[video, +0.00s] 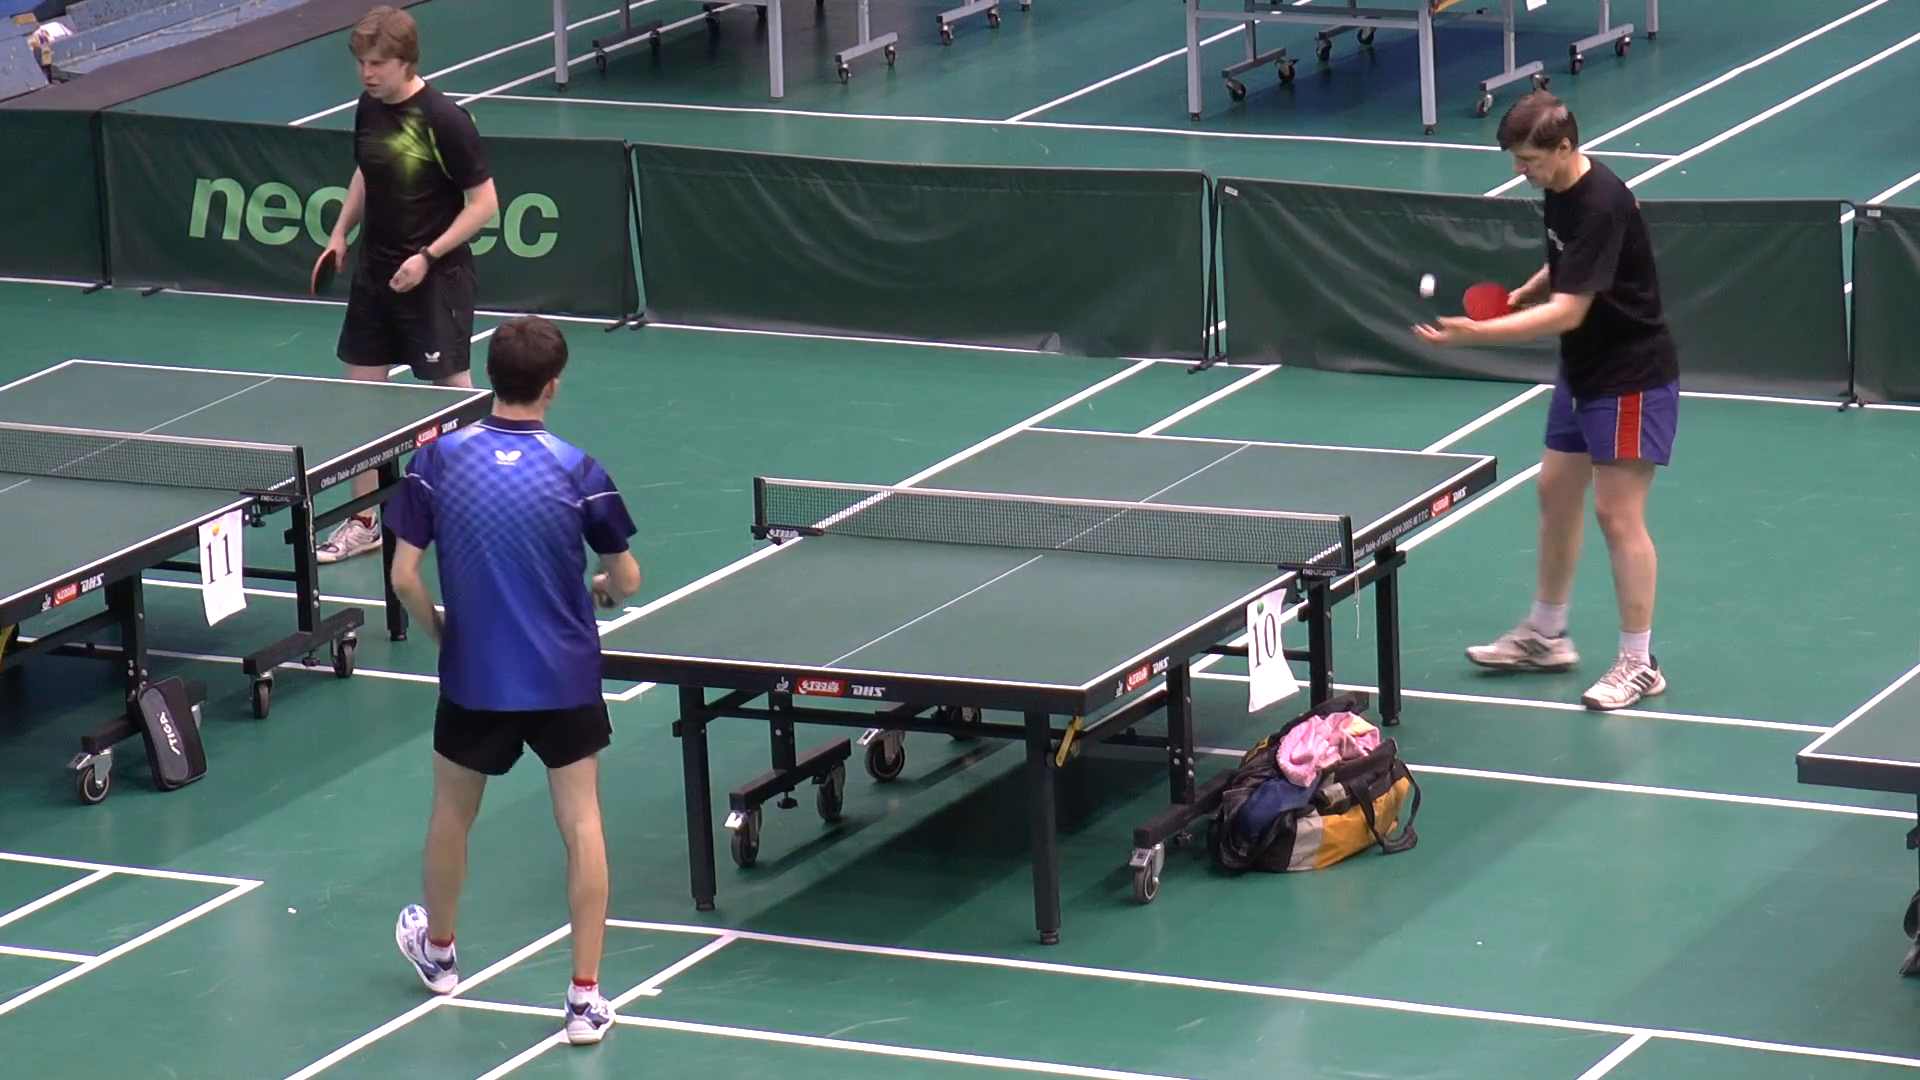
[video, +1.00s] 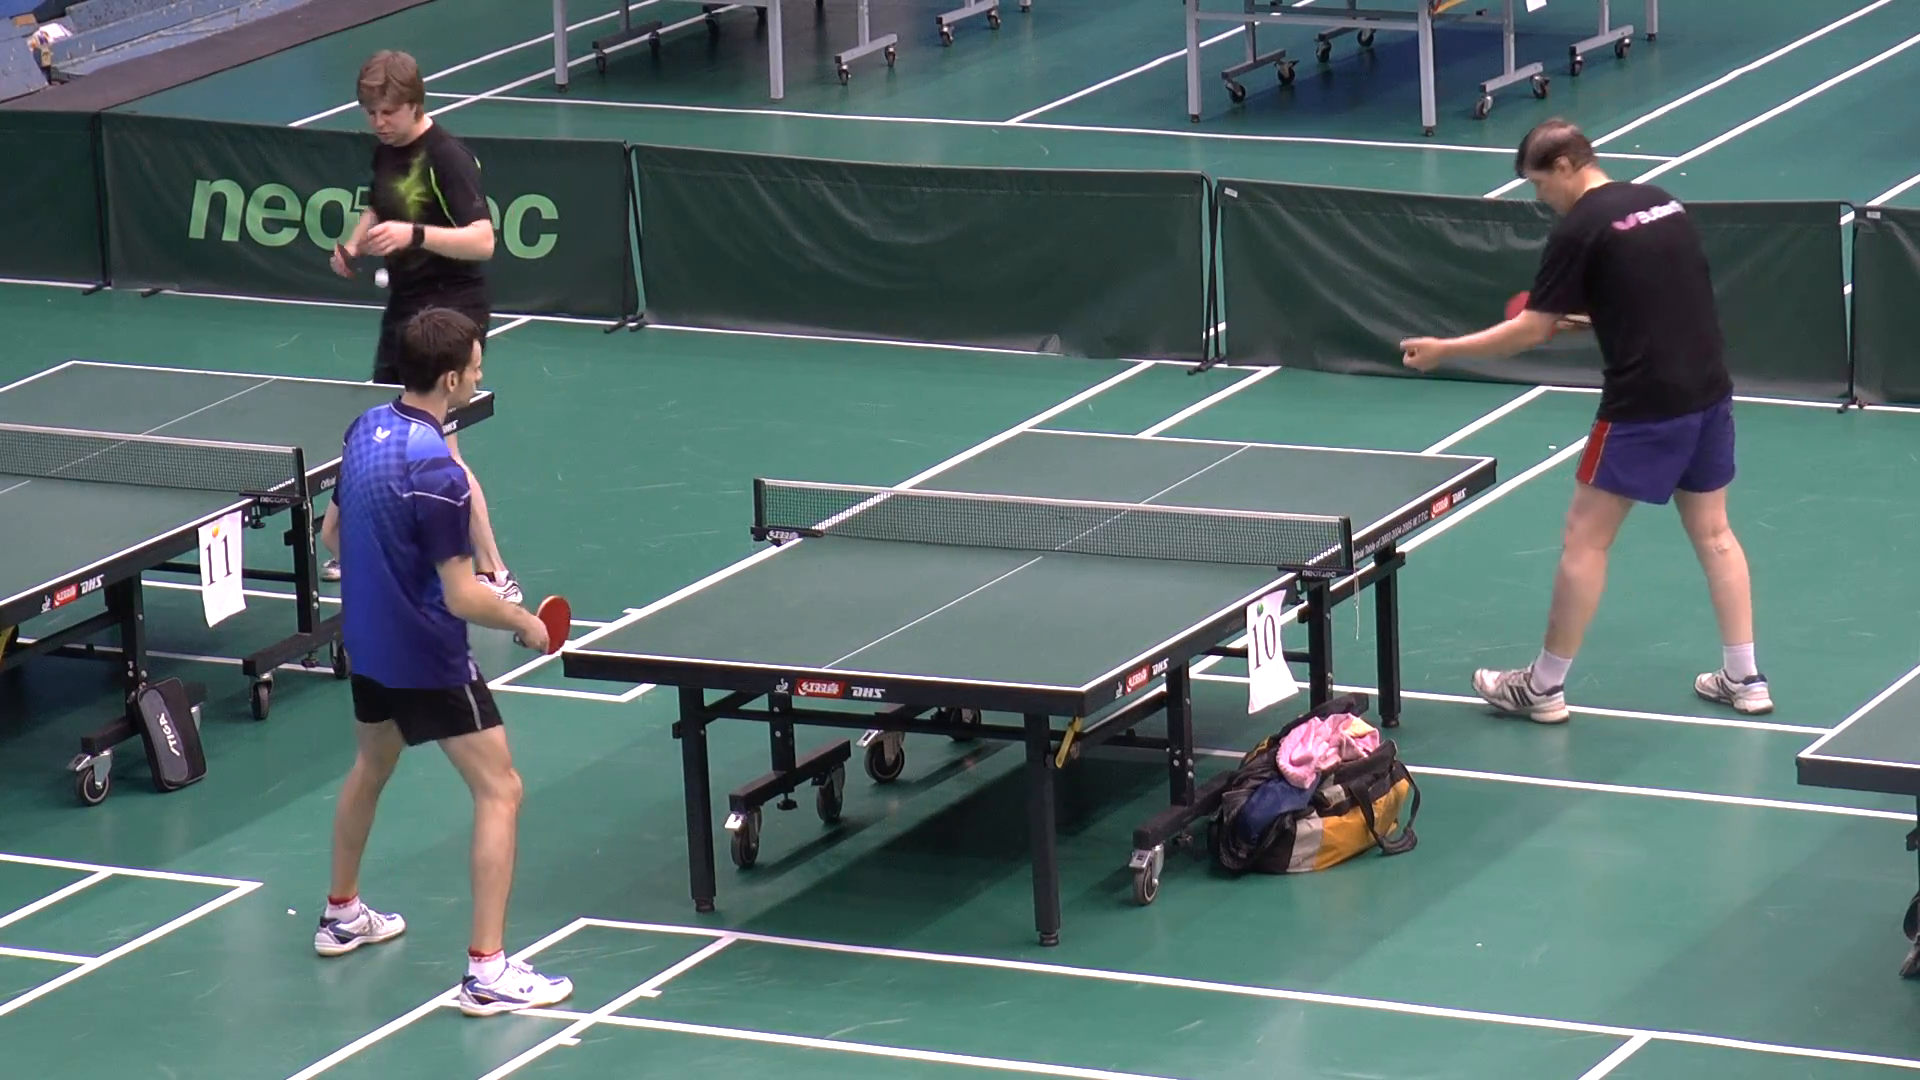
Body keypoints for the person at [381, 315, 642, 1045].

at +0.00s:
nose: (555, 388)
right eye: (557, 378)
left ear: (488, 379)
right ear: (554, 384)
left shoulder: (438, 458)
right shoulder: (578, 467)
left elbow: (404, 575)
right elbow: (627, 580)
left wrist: (435, 624)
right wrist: (601, 588)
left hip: (475, 684)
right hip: (564, 685)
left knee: (451, 816)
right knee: (583, 827)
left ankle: (437, 952)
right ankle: (585, 996)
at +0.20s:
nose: (520, 376)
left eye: (516, 365)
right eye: (518, 367)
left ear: (448, 372)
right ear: (506, 375)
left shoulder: (400, 450)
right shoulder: (527, 462)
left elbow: (375, 562)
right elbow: (573, 588)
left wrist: (416, 604)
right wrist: (569, 591)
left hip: (442, 672)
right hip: (523, 674)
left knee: (436, 796)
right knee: (560, 820)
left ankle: (440, 952)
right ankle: (571, 986)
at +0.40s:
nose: (497, 354)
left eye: (493, 343)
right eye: (495, 345)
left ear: (425, 355)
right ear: (480, 356)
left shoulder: (386, 429)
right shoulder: (494, 449)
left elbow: (363, 545)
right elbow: (507, 578)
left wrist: (412, 593)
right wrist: (544, 628)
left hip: (420, 653)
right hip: (494, 656)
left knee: (432, 786)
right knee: (531, 789)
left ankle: (438, 951)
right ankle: (505, 964)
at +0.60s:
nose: (496, 354)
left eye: (492, 344)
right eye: (493, 347)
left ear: (423, 357)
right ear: (477, 360)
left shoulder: (383, 424)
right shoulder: (484, 452)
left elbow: (354, 540)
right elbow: (494, 581)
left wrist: (404, 574)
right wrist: (535, 628)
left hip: (406, 649)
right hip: (478, 654)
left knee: (436, 764)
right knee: (508, 790)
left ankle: (432, 935)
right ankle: (490, 965)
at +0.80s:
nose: (494, 368)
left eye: (492, 356)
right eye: (492, 359)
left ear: (421, 364)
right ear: (474, 369)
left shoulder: (375, 427)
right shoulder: (467, 461)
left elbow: (342, 535)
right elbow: (500, 589)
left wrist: (364, 563)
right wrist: (538, 626)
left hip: (396, 642)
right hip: (462, 653)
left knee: (412, 741)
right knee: (511, 790)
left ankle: (373, 901)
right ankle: (490, 966)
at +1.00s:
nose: (480, 368)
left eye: (477, 358)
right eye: (476, 360)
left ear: (408, 368)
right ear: (459, 373)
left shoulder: (367, 426)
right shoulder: (441, 472)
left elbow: (333, 536)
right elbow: (461, 594)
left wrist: (399, 577)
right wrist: (524, 622)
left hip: (366, 647)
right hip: (427, 658)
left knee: (371, 764)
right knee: (499, 789)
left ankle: (341, 911)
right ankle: (488, 966)